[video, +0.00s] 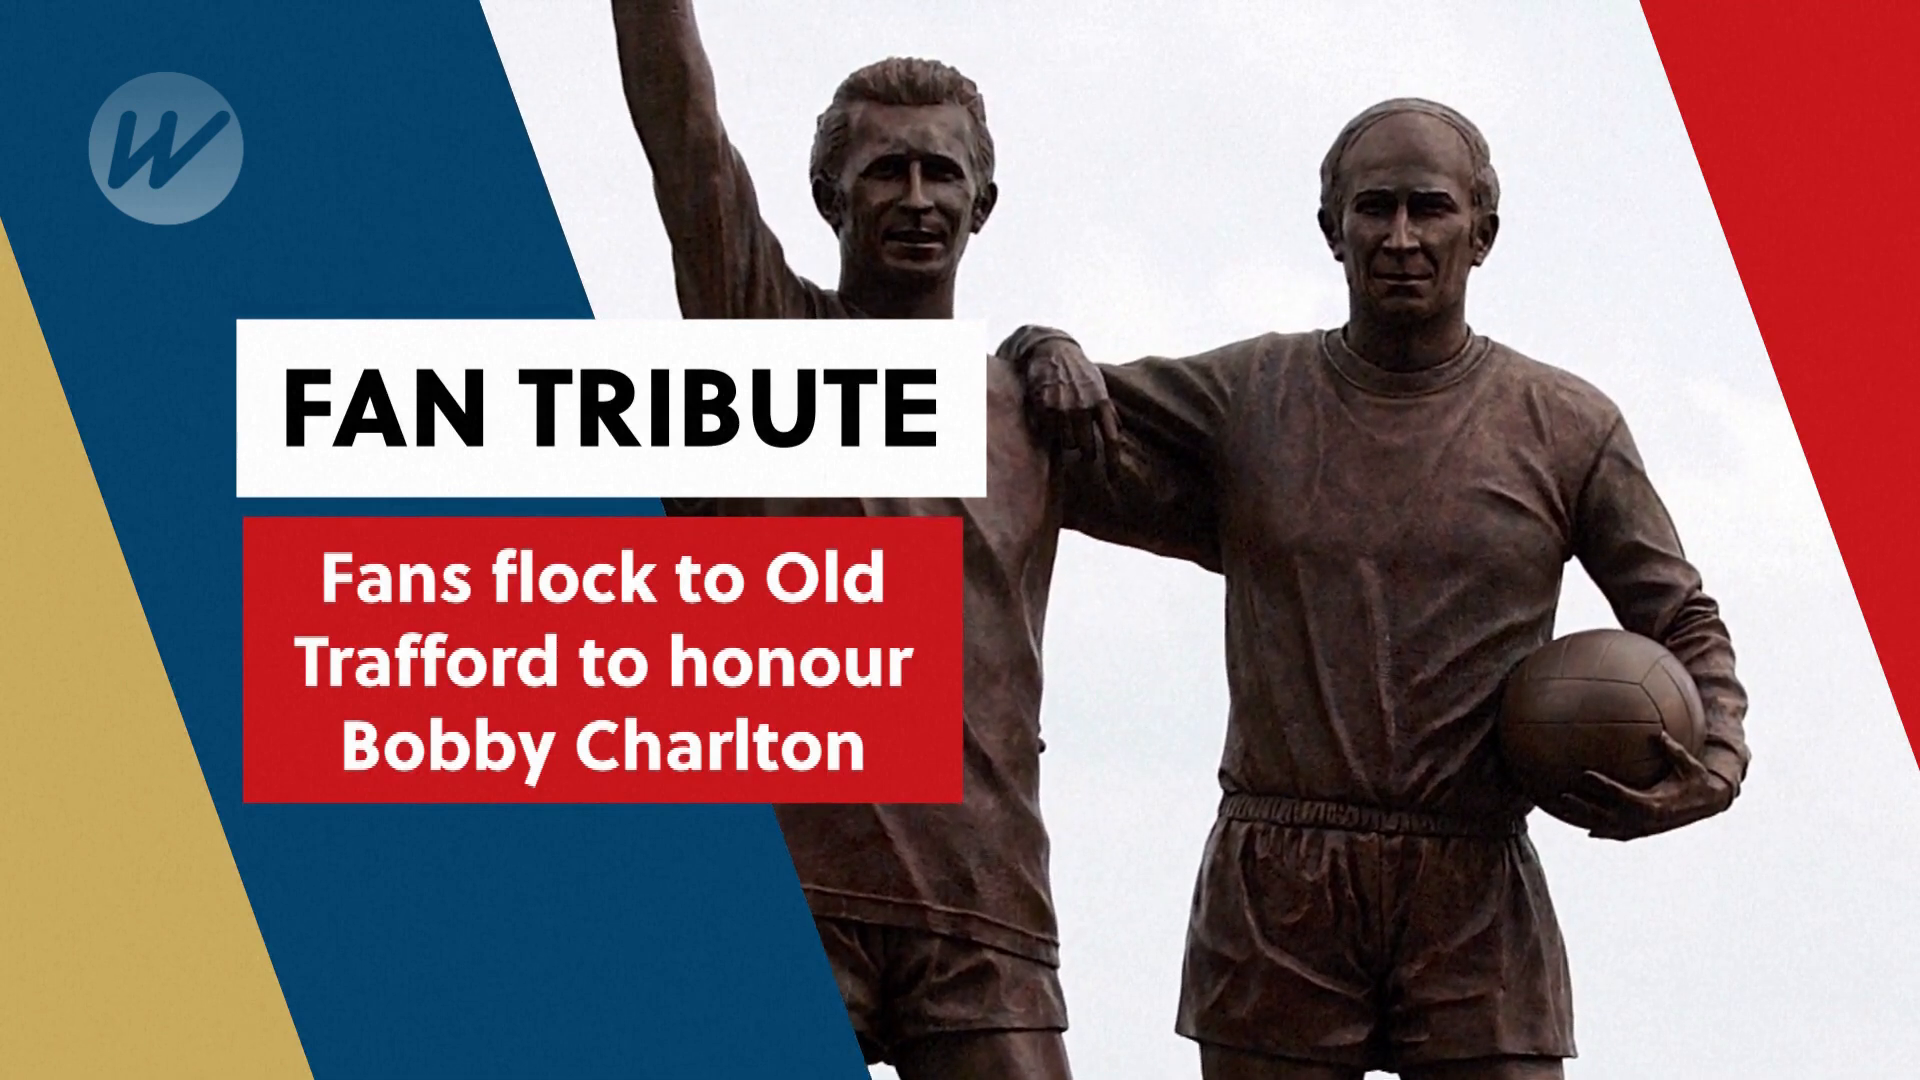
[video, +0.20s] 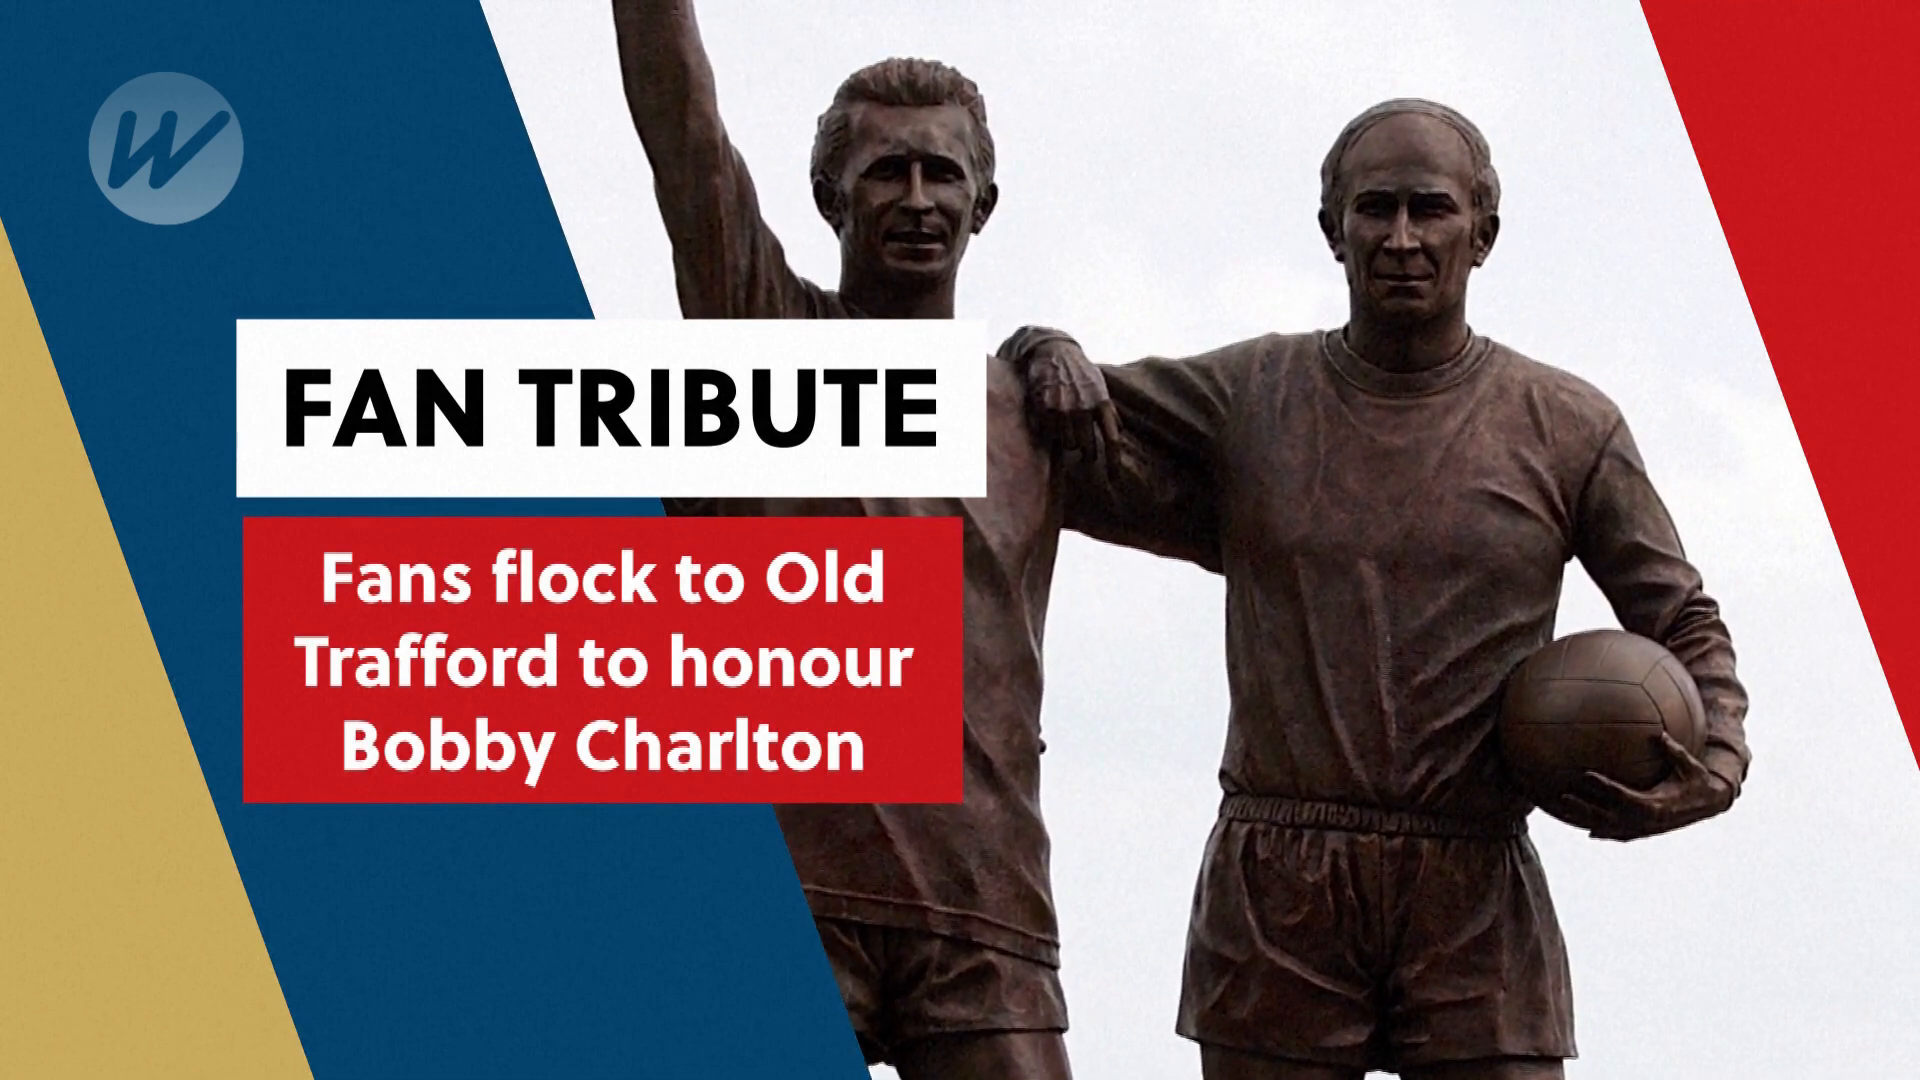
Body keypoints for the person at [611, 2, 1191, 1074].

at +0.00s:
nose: (918, 195)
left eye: (943, 171)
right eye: (886, 170)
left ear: (981, 202)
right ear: (830, 200)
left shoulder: (1035, 404)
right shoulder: (763, 337)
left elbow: (1241, 515)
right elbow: (683, 137)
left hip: (987, 909)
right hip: (793, 900)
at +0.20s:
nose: (918, 197)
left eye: (944, 173)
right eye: (886, 172)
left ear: (983, 202)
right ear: (832, 198)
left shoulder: (1035, 404)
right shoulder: (762, 334)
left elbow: (1249, 516)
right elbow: (677, 123)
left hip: (985, 912)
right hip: (789, 901)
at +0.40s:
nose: (913, 195)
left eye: (940, 171)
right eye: (883, 171)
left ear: (983, 200)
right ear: (829, 195)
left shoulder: (1035, 408)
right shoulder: (763, 343)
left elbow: (1248, 517)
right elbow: (677, 126)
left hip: (984, 908)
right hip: (796, 901)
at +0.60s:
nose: (915, 196)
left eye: (942, 169)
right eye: (889, 168)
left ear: (984, 184)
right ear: (837, 182)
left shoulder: (1023, 399)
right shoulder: (772, 352)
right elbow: (680, 128)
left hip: (982, 920)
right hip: (799, 919)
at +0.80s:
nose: (915, 199)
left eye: (940, 169)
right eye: (890, 167)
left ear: (974, 186)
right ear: (846, 179)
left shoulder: (1014, 409)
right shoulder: (783, 375)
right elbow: (679, 125)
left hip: (976, 897)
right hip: (806, 895)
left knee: (1007, 1054)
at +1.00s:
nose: (911, 205)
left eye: (935, 176)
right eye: (888, 174)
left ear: (967, 192)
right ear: (850, 185)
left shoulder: (1011, 413)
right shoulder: (788, 384)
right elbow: (681, 133)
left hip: (967, 885)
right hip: (805, 884)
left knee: (1003, 1051)